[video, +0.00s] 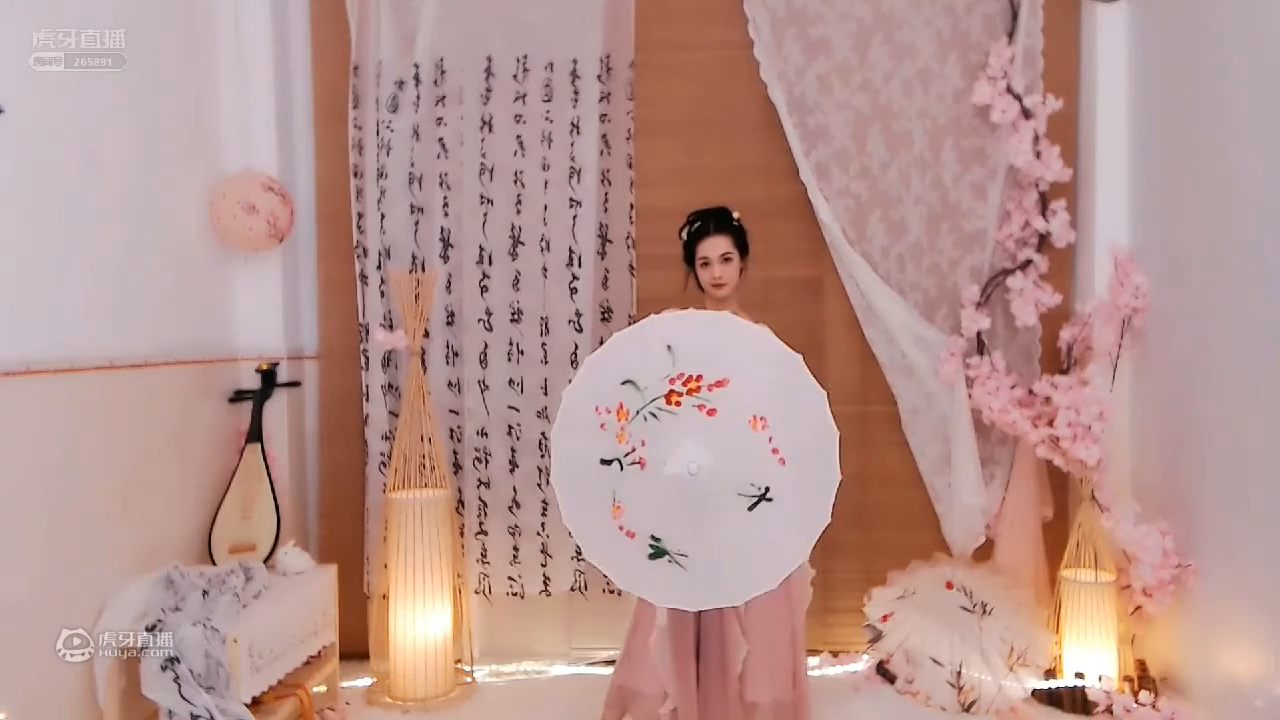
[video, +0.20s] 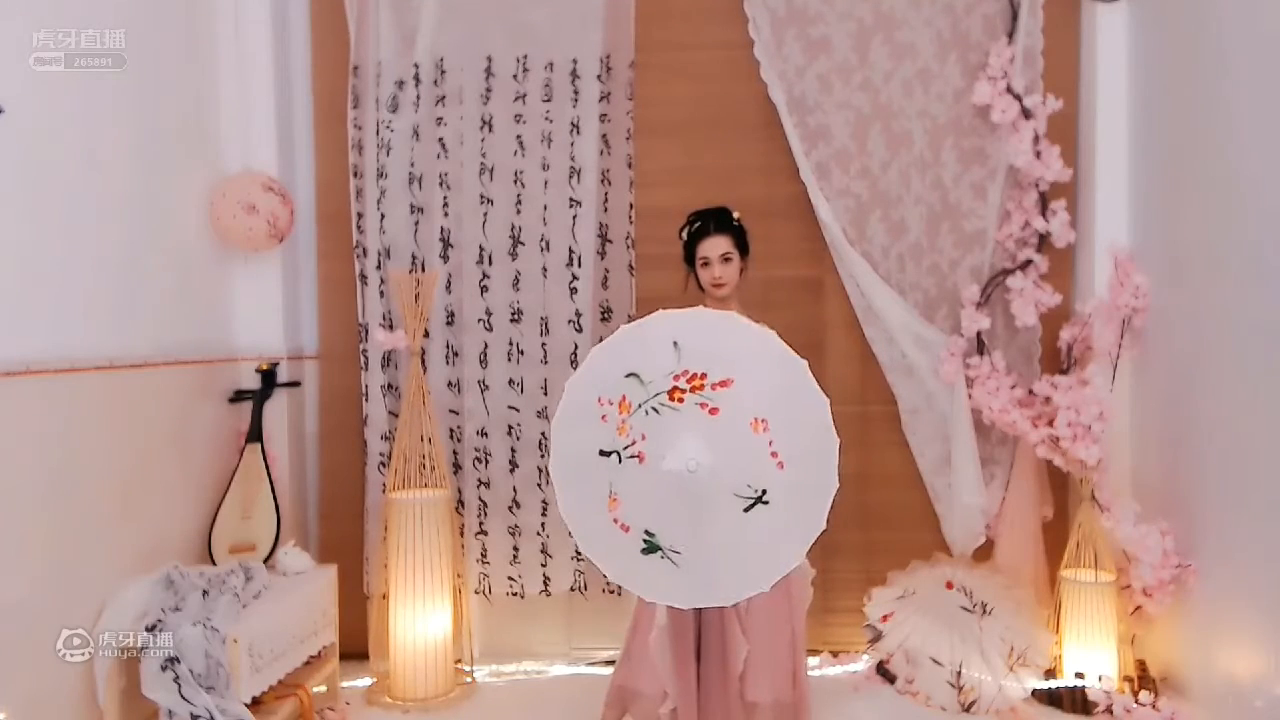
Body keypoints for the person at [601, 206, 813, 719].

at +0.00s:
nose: (716, 272)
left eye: (726, 259)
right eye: (705, 262)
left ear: (742, 264)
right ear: (692, 268)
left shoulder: (759, 338)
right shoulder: (671, 333)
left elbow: (783, 427)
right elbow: (644, 417)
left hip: (744, 490)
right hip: (682, 487)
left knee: (743, 606)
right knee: (679, 605)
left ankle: (743, 710)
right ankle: (676, 710)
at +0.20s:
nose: (716, 272)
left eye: (726, 259)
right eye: (705, 262)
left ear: (742, 263)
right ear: (693, 268)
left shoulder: (762, 340)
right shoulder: (671, 336)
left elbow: (785, 431)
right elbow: (644, 419)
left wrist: (779, 510)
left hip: (746, 493)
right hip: (681, 491)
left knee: (744, 609)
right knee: (678, 608)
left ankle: (743, 711)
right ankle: (675, 711)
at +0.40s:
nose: (716, 272)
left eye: (726, 259)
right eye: (705, 262)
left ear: (742, 264)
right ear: (693, 268)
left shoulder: (761, 340)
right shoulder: (670, 337)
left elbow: (787, 430)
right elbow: (643, 421)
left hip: (746, 495)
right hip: (681, 493)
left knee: (744, 612)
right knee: (679, 612)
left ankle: (744, 711)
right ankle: (677, 712)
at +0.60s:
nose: (716, 272)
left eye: (725, 259)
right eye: (705, 262)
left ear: (742, 264)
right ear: (692, 268)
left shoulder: (760, 341)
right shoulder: (666, 338)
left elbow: (789, 433)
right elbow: (639, 426)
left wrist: (786, 517)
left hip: (745, 500)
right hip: (679, 497)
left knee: (745, 618)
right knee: (677, 617)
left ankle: (744, 712)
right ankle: (674, 712)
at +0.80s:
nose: (715, 273)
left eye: (725, 259)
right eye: (704, 262)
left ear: (742, 263)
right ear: (692, 269)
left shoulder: (761, 342)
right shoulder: (674, 339)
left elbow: (785, 432)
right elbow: (648, 425)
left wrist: (781, 514)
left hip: (748, 496)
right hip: (684, 494)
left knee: (747, 616)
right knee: (681, 615)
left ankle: (745, 712)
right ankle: (676, 712)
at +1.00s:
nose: (715, 273)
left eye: (724, 259)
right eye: (704, 262)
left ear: (741, 263)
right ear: (692, 268)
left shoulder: (761, 341)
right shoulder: (671, 337)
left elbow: (786, 430)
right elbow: (645, 425)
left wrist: (782, 516)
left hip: (747, 496)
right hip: (681, 495)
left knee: (745, 617)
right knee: (678, 615)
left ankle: (744, 712)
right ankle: (676, 712)